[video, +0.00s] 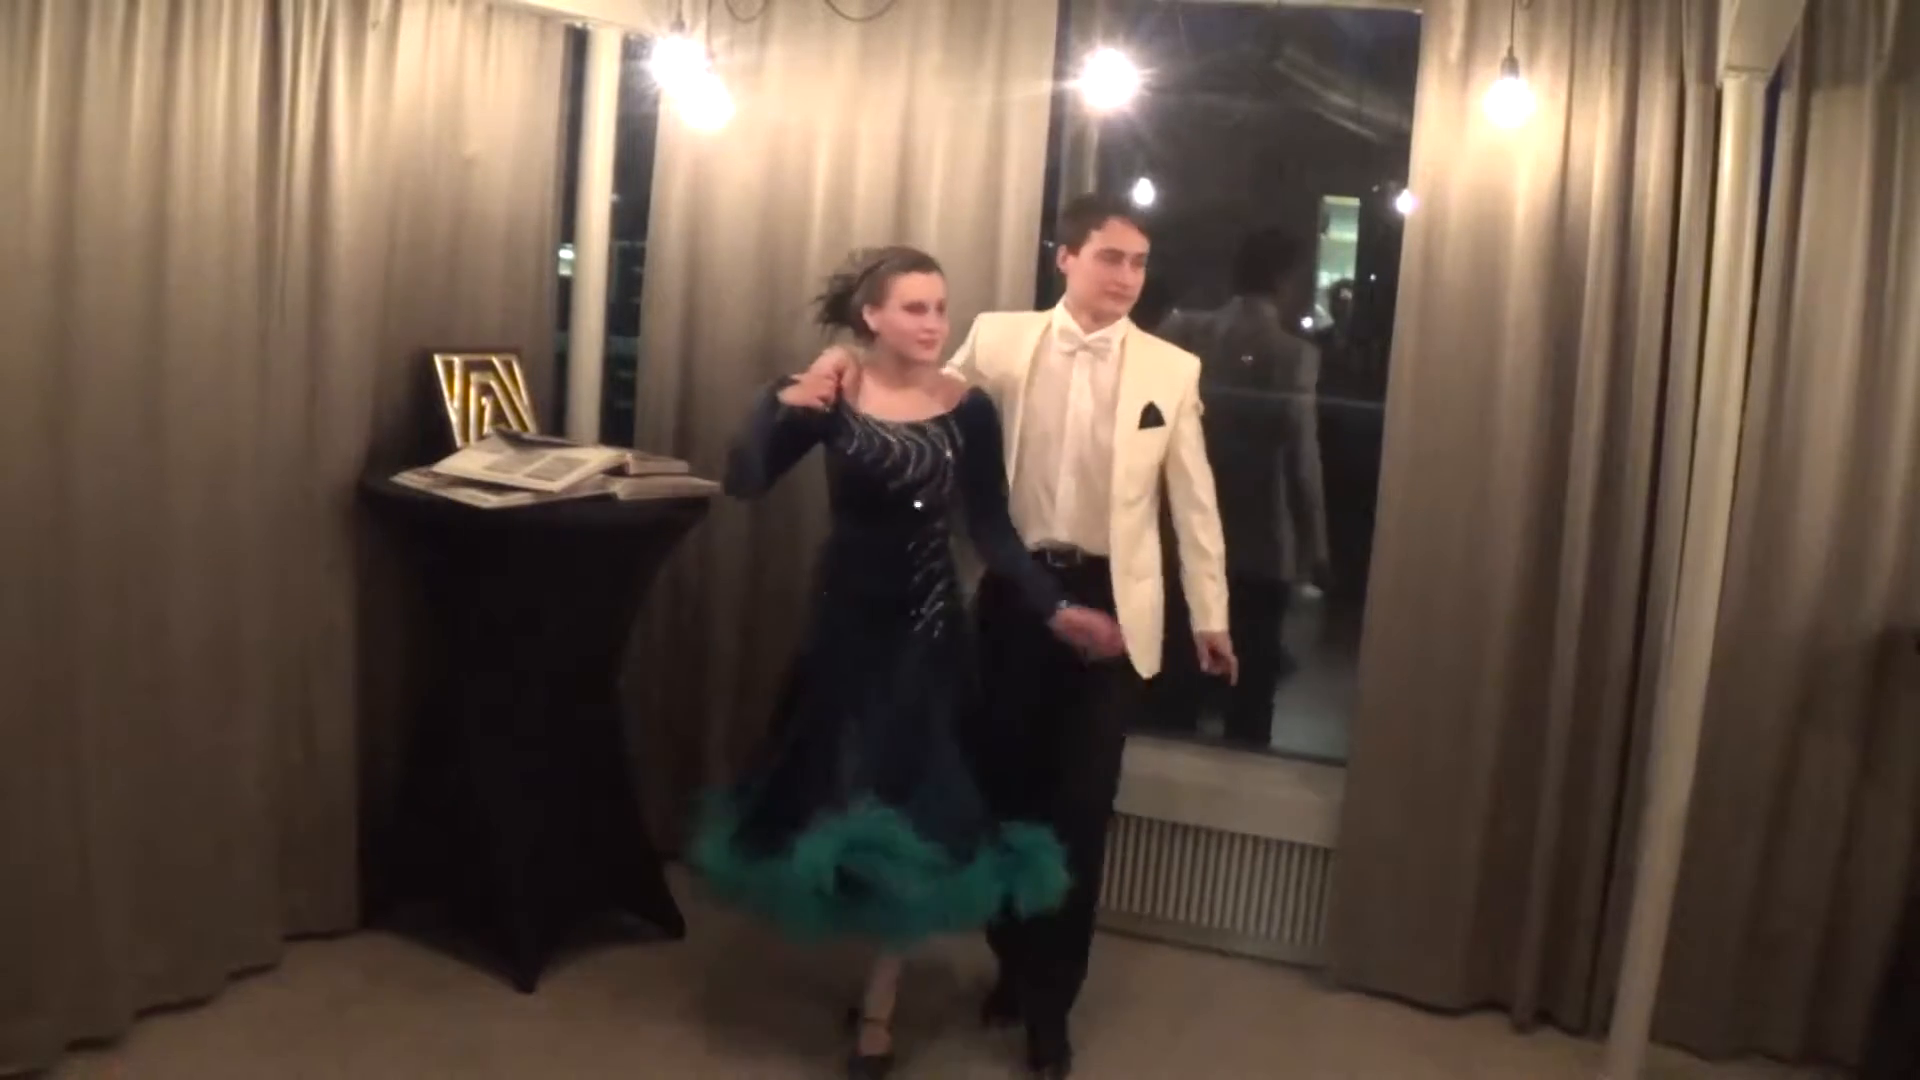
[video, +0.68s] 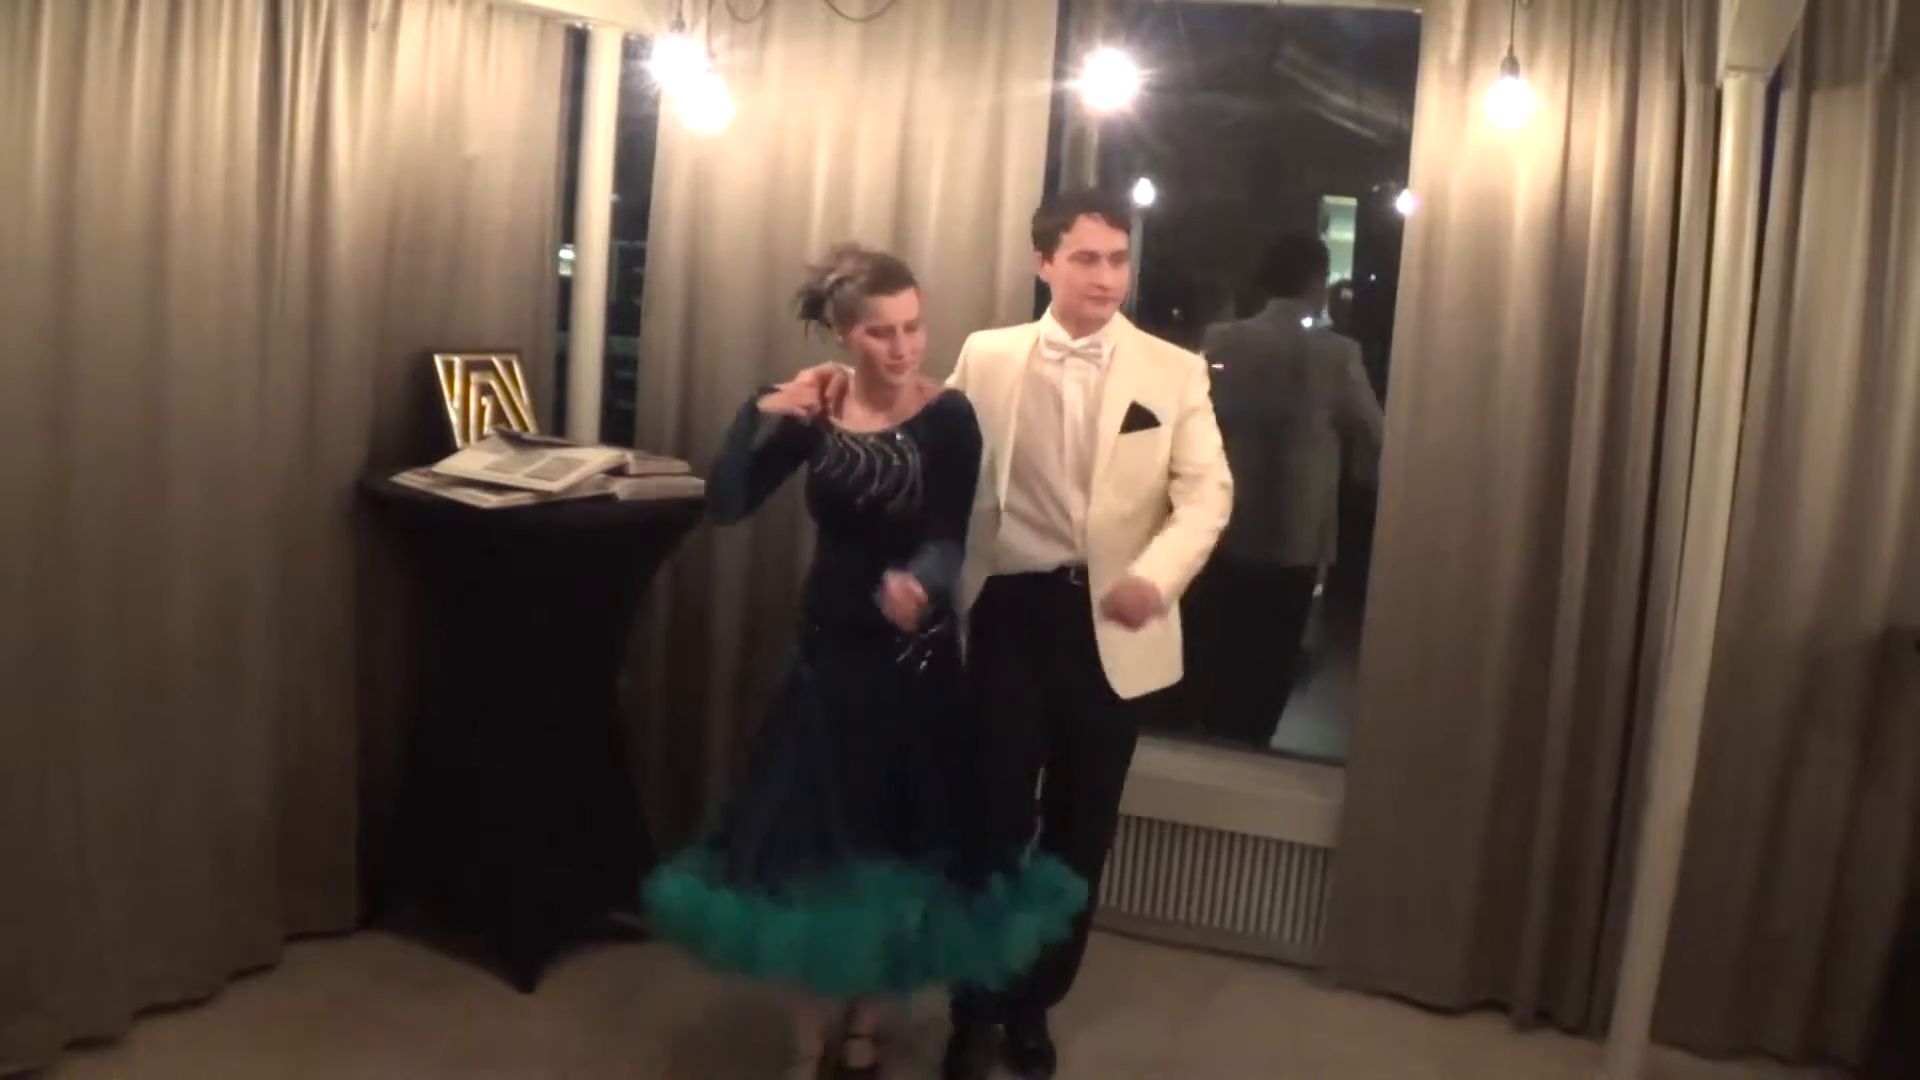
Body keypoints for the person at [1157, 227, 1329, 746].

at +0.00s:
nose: (1308, 290)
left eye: (1307, 278)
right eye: (1304, 278)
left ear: (1240, 273)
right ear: (1286, 281)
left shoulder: (1183, 333)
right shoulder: (1294, 355)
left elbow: (1151, 431)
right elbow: (1302, 462)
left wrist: (1148, 517)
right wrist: (1316, 548)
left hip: (1180, 532)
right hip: (1260, 541)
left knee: (1174, 681)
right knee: (1252, 680)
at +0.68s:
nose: (1326, 291)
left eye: (1324, 282)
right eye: (1324, 282)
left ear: (1264, 280)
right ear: (1316, 286)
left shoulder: (1220, 342)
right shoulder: (1338, 355)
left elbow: (1190, 428)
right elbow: (1371, 439)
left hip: (1216, 526)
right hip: (1297, 536)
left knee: (1212, 650)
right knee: (1272, 661)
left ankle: (1207, 764)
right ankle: (1241, 767)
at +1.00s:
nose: (1339, 289)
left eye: (1334, 280)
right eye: (1337, 280)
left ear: (1282, 277)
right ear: (1331, 282)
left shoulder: (1240, 336)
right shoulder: (1354, 347)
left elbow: (1210, 408)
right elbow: (1383, 414)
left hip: (1235, 512)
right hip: (1314, 521)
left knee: (1226, 624)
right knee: (1285, 637)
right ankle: (1245, 743)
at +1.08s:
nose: (1341, 289)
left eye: (1335, 281)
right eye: (1340, 281)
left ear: (1287, 280)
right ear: (1335, 284)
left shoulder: (1243, 338)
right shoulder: (1357, 347)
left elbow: (1208, 406)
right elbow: (1378, 419)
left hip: (1244, 504)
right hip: (1320, 515)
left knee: (1231, 617)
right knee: (1290, 632)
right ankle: (1249, 737)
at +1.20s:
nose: (1347, 301)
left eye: (1345, 291)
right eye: (1345, 292)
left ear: (1293, 289)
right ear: (1335, 295)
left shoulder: (1245, 350)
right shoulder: (1357, 365)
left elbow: (1208, 419)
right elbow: (1370, 452)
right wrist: (1371, 509)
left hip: (1240, 522)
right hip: (1319, 536)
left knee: (1233, 651)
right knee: (1296, 663)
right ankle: (1248, 763)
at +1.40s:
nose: (1358, 300)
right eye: (1354, 292)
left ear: (1297, 289)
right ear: (1347, 294)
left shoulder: (1258, 336)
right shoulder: (1365, 356)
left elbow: (1200, 385)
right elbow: (1377, 451)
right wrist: (1374, 521)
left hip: (1251, 519)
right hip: (1327, 531)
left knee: (1248, 649)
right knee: (1325, 658)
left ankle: (1228, 758)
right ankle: (1285, 768)